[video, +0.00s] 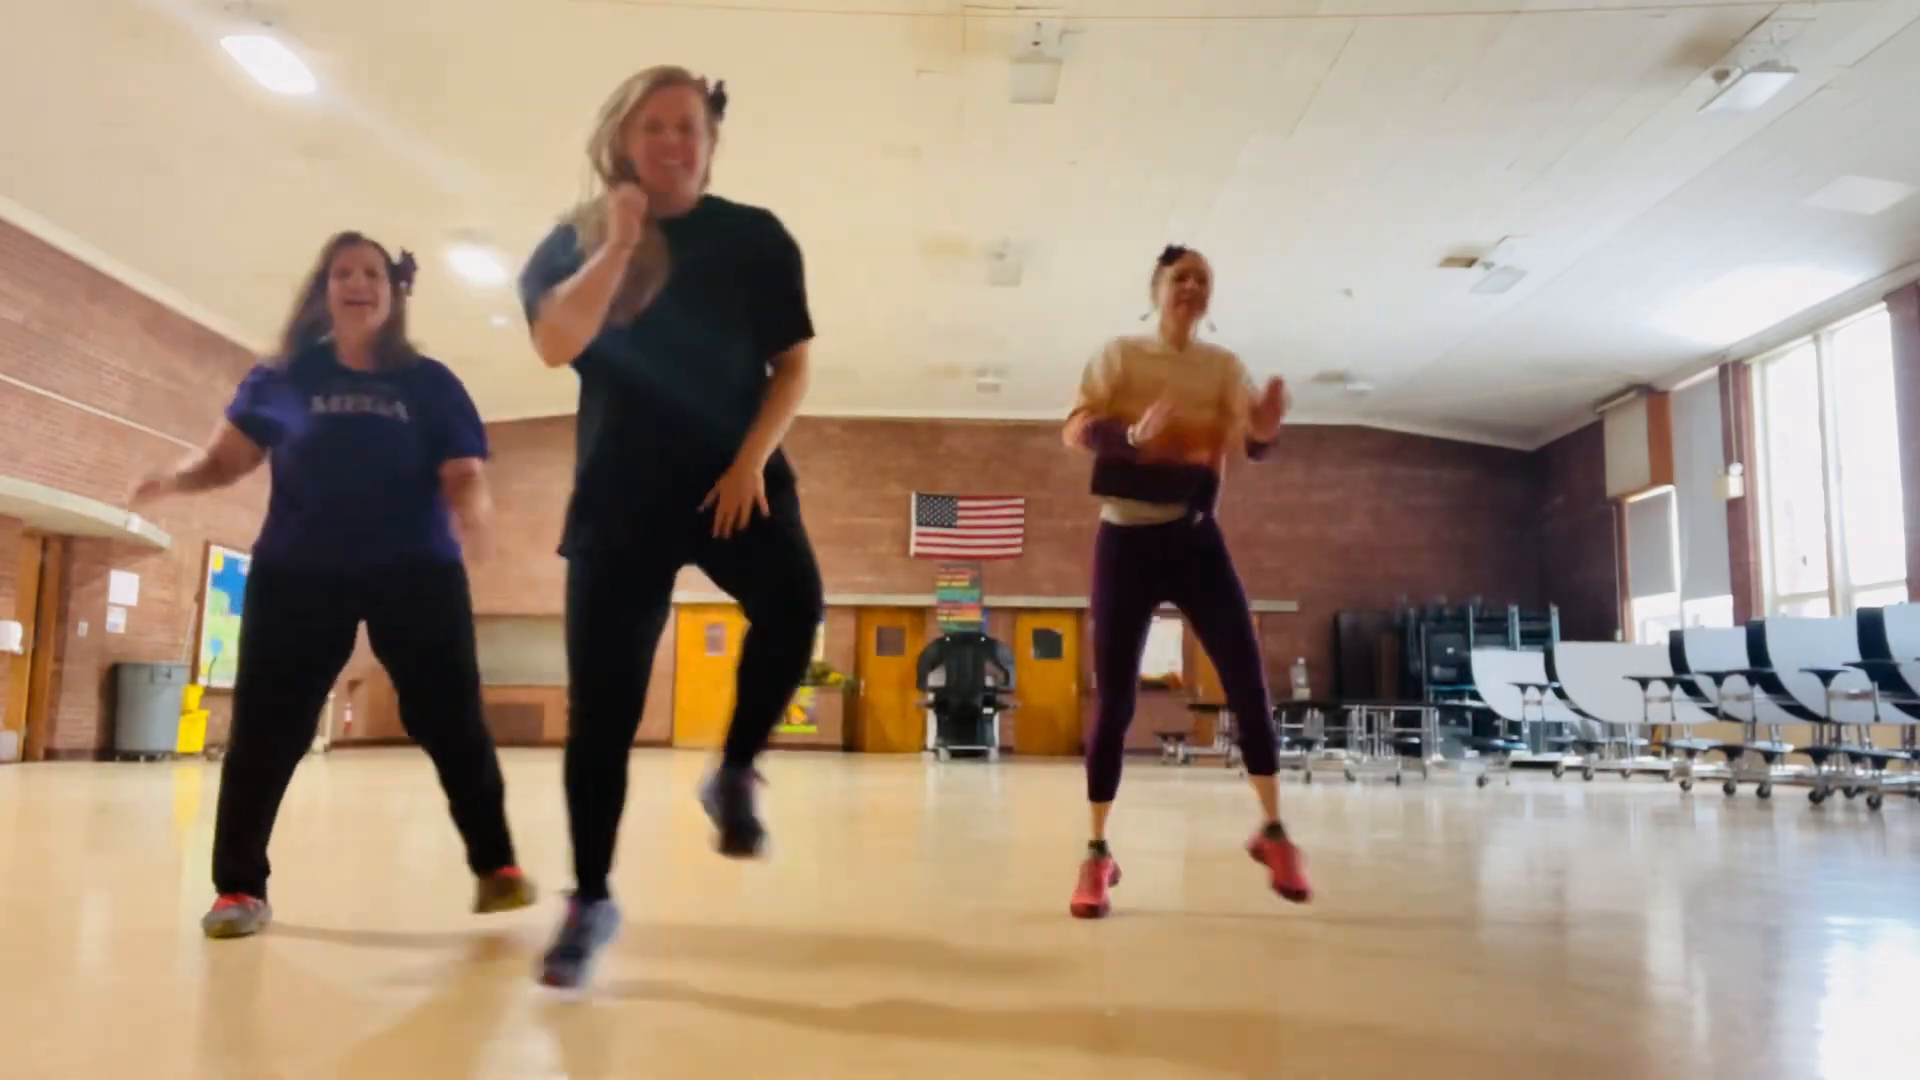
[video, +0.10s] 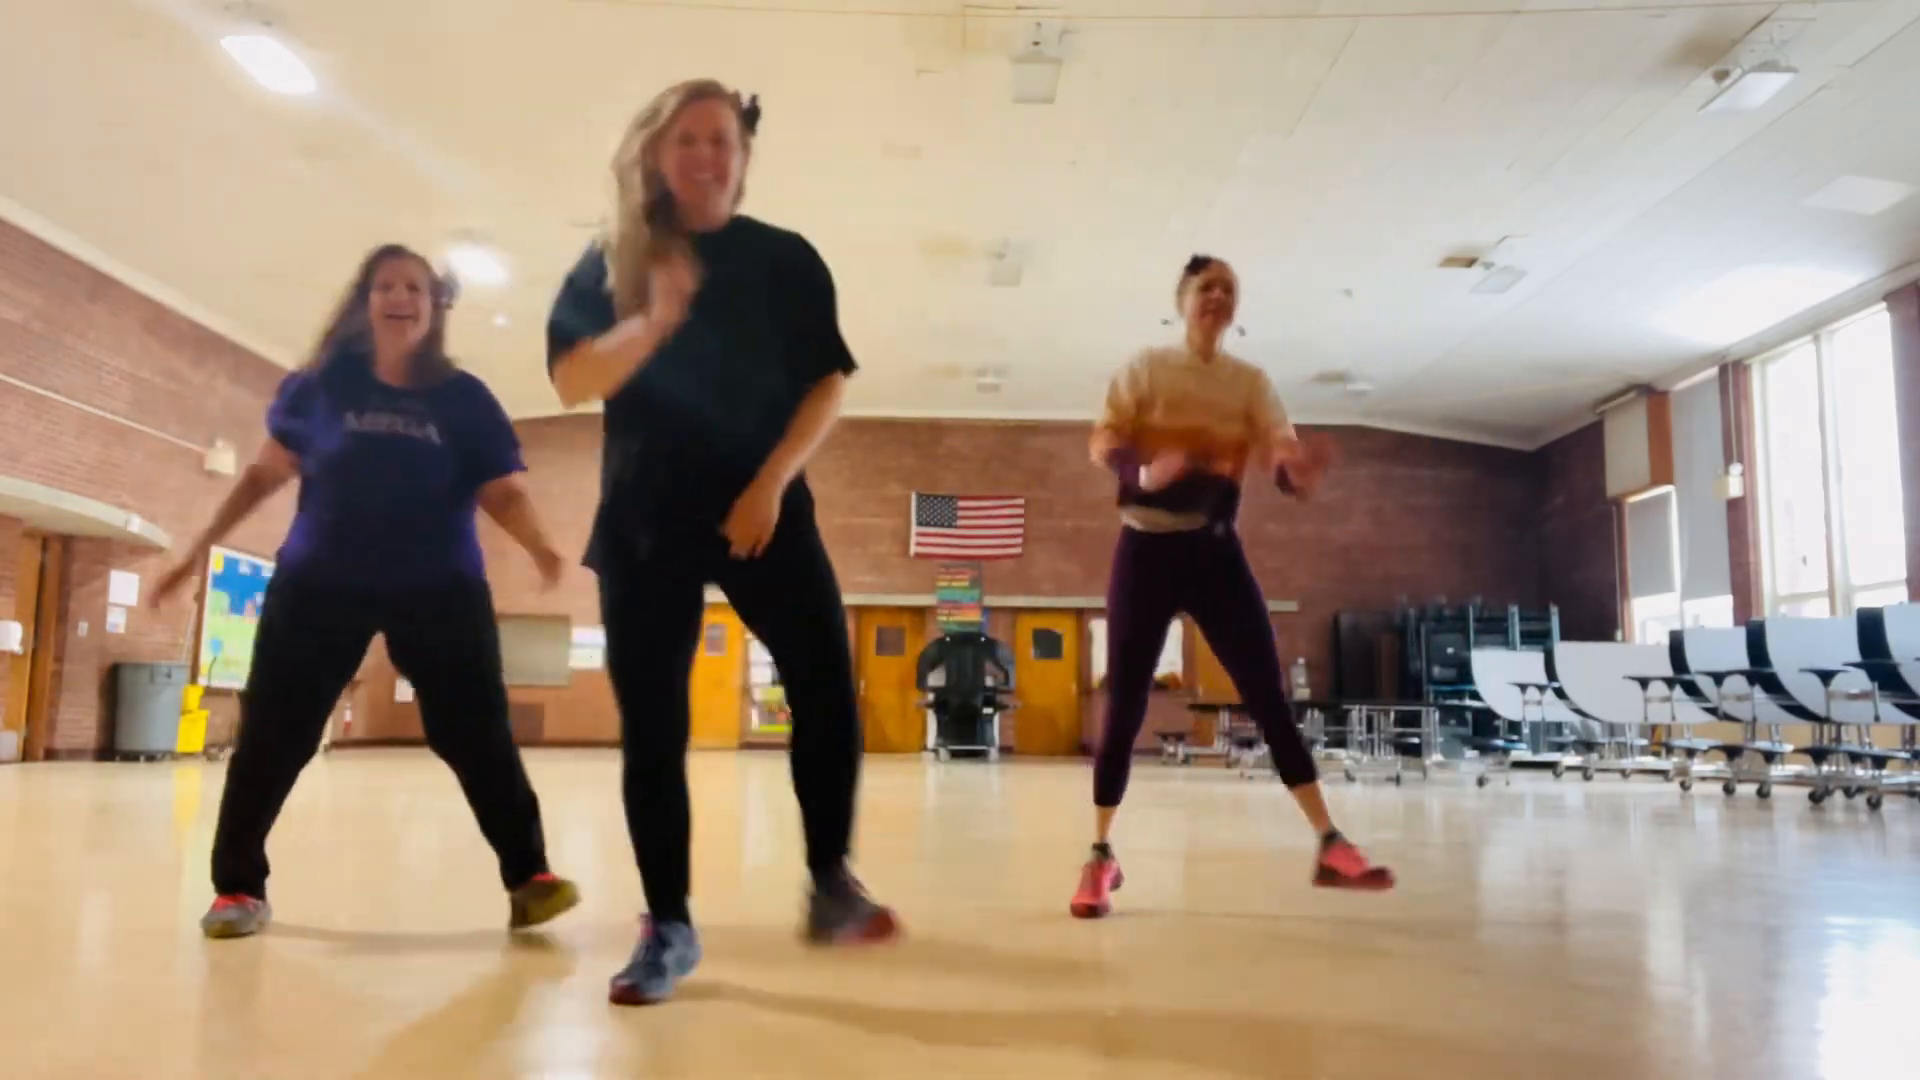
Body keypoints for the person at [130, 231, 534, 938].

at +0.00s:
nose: (357, 284)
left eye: (370, 274)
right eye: (344, 274)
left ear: (394, 293)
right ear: (320, 293)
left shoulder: (430, 382)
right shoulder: (282, 379)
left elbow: (465, 479)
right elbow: (224, 461)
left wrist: (472, 524)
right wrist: (172, 482)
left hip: (415, 574)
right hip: (301, 576)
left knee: (453, 721)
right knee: (265, 734)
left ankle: (496, 869)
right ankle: (239, 891)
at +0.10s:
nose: (398, 298)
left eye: (412, 288)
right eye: (385, 288)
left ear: (436, 306)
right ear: (362, 303)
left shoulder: (462, 397)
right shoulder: (317, 388)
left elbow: (501, 490)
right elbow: (265, 472)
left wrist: (539, 544)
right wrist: (195, 550)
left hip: (438, 591)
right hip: (322, 586)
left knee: (477, 732)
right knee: (272, 734)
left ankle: (527, 878)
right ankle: (238, 890)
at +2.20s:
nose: (571, 302)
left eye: (584, 290)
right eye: (557, 292)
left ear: (609, 304)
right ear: (541, 309)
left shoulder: (649, 392)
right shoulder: (513, 400)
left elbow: (696, 481)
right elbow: (482, 496)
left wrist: (674, 502)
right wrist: (444, 469)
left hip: (640, 584)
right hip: (535, 584)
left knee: (671, 733)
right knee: (498, 737)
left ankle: (721, 866)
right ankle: (486, 897)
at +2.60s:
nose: (519, 301)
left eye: (533, 291)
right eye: (508, 291)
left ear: (559, 311)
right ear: (490, 311)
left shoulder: (592, 404)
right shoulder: (455, 396)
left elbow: (627, 503)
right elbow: (425, 492)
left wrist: (586, 502)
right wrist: (398, 482)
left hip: (539, 599)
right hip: (447, 586)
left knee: (507, 735)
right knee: (441, 730)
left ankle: (489, 879)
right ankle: (468, 888)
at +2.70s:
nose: (515, 300)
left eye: (531, 291)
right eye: (507, 288)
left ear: (560, 312)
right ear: (490, 304)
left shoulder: (585, 410)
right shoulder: (447, 385)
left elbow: (616, 507)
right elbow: (407, 471)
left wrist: (572, 496)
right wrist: (385, 461)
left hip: (529, 597)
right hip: (432, 580)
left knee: (498, 736)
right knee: (409, 720)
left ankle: (490, 879)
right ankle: (431, 875)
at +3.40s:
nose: (383, 287)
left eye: (395, 277)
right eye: (368, 278)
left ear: (418, 293)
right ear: (349, 297)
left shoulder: (454, 375)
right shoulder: (323, 378)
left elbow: (487, 450)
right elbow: (279, 456)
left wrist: (482, 363)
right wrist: (283, 362)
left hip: (445, 579)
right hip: (341, 576)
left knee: (435, 734)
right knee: (325, 736)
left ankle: (426, 876)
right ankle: (318, 889)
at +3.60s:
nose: (382, 291)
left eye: (393, 279)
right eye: (365, 282)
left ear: (416, 293)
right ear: (346, 301)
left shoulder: (457, 374)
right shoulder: (317, 388)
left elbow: (492, 457)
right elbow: (279, 487)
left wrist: (406, 412)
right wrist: (322, 420)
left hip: (456, 584)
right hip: (348, 582)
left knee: (464, 730)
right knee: (327, 740)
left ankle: (451, 863)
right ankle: (320, 891)